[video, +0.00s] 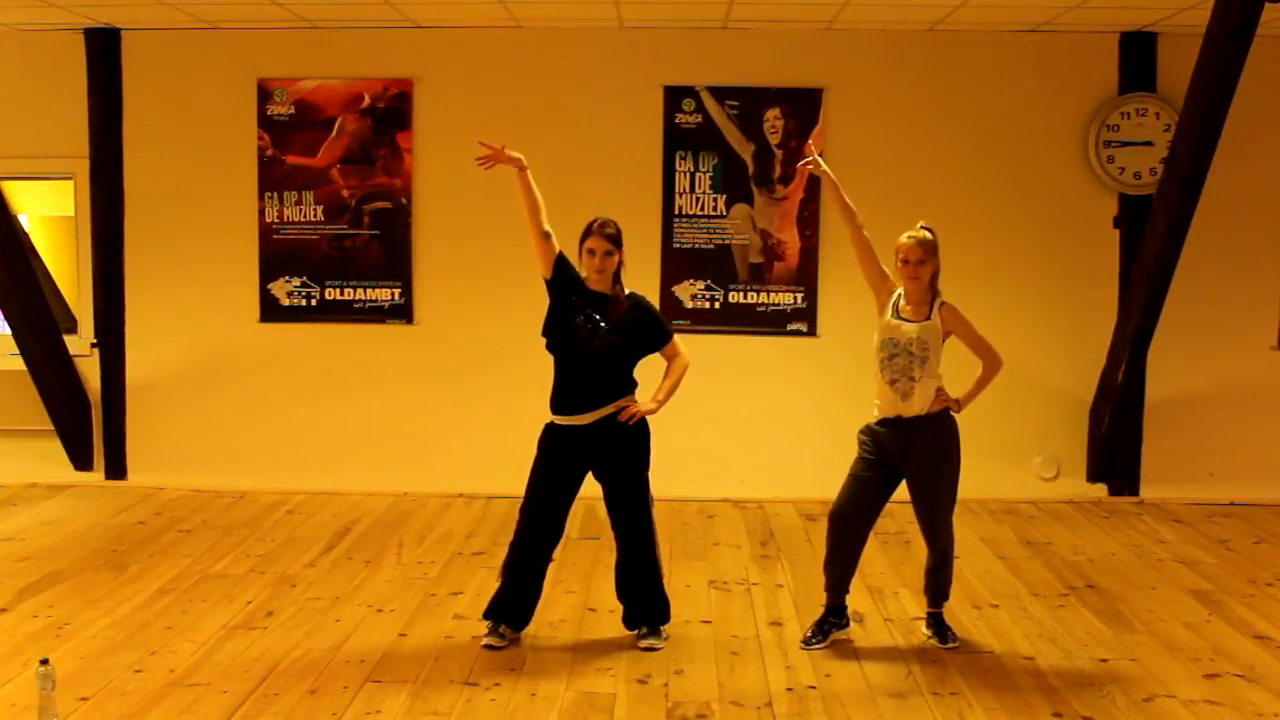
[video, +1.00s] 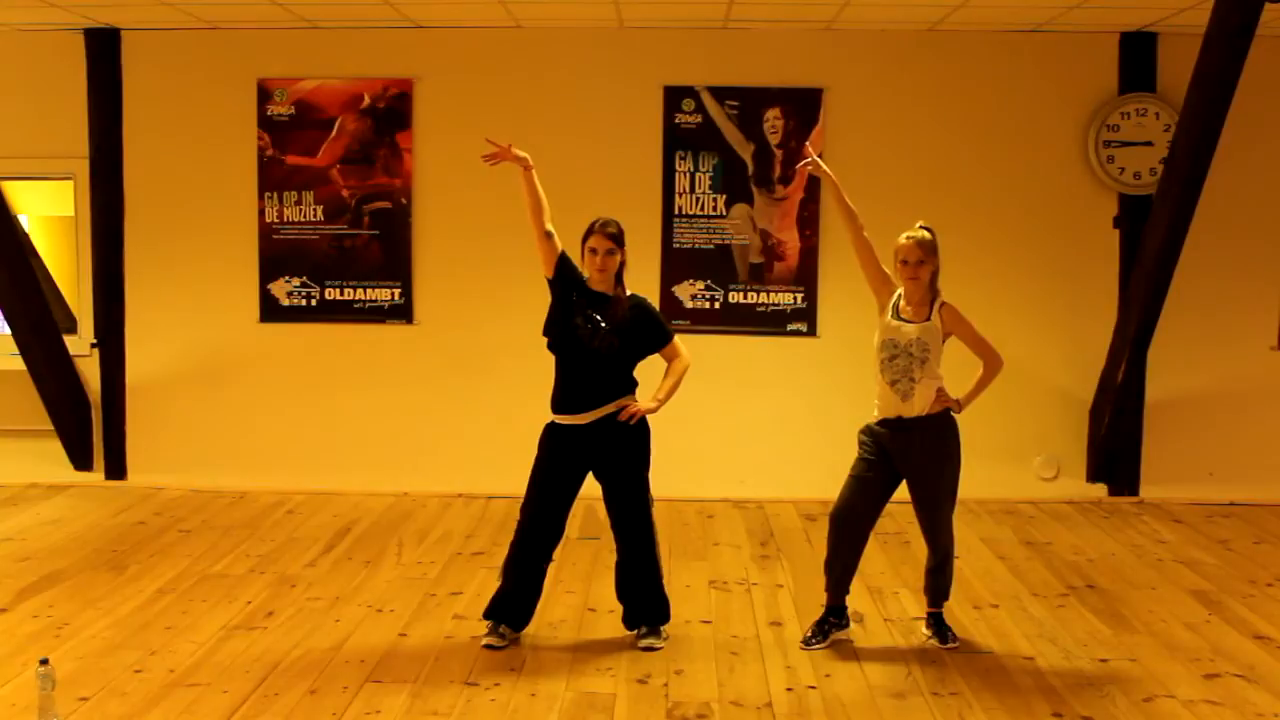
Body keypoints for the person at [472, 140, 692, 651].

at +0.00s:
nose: (597, 261)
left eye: (606, 254)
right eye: (591, 252)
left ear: (620, 259)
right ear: (581, 255)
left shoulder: (636, 310)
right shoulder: (565, 289)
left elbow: (679, 360)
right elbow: (540, 228)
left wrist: (653, 401)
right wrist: (521, 169)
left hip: (620, 432)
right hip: (564, 434)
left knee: (634, 529)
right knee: (535, 528)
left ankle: (649, 620)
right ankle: (506, 620)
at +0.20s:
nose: (597, 260)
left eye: (606, 254)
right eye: (592, 252)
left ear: (621, 259)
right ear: (582, 254)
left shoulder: (636, 311)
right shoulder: (565, 289)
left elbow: (679, 362)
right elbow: (542, 228)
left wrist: (653, 401)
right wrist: (523, 168)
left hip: (620, 432)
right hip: (564, 434)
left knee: (634, 529)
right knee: (535, 527)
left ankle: (649, 620)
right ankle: (506, 620)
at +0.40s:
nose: (598, 261)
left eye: (607, 254)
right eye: (592, 252)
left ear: (622, 259)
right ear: (582, 255)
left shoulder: (637, 312)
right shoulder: (566, 290)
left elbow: (679, 363)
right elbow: (543, 229)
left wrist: (653, 402)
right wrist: (525, 168)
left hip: (621, 432)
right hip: (565, 434)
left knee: (635, 528)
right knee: (536, 527)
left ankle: (649, 620)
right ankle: (506, 620)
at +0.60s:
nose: (598, 261)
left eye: (607, 254)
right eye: (593, 253)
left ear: (622, 259)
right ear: (583, 255)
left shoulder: (637, 312)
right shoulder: (567, 289)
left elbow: (679, 362)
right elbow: (543, 227)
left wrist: (654, 401)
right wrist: (525, 167)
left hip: (621, 432)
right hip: (565, 434)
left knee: (634, 528)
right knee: (536, 527)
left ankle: (649, 620)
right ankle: (506, 619)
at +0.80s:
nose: (599, 260)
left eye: (608, 253)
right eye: (593, 252)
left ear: (622, 259)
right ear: (583, 255)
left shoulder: (636, 311)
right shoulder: (567, 289)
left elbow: (679, 361)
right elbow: (543, 229)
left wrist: (654, 401)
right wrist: (527, 168)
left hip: (621, 432)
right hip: (565, 433)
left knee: (634, 529)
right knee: (536, 527)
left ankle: (648, 620)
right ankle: (506, 619)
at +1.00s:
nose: (598, 259)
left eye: (607, 253)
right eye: (593, 251)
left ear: (621, 258)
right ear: (583, 254)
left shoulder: (636, 311)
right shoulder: (567, 289)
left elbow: (680, 361)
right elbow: (543, 228)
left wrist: (653, 401)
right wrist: (526, 167)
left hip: (621, 432)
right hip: (565, 433)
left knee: (634, 529)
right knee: (536, 527)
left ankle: (648, 620)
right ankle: (506, 619)